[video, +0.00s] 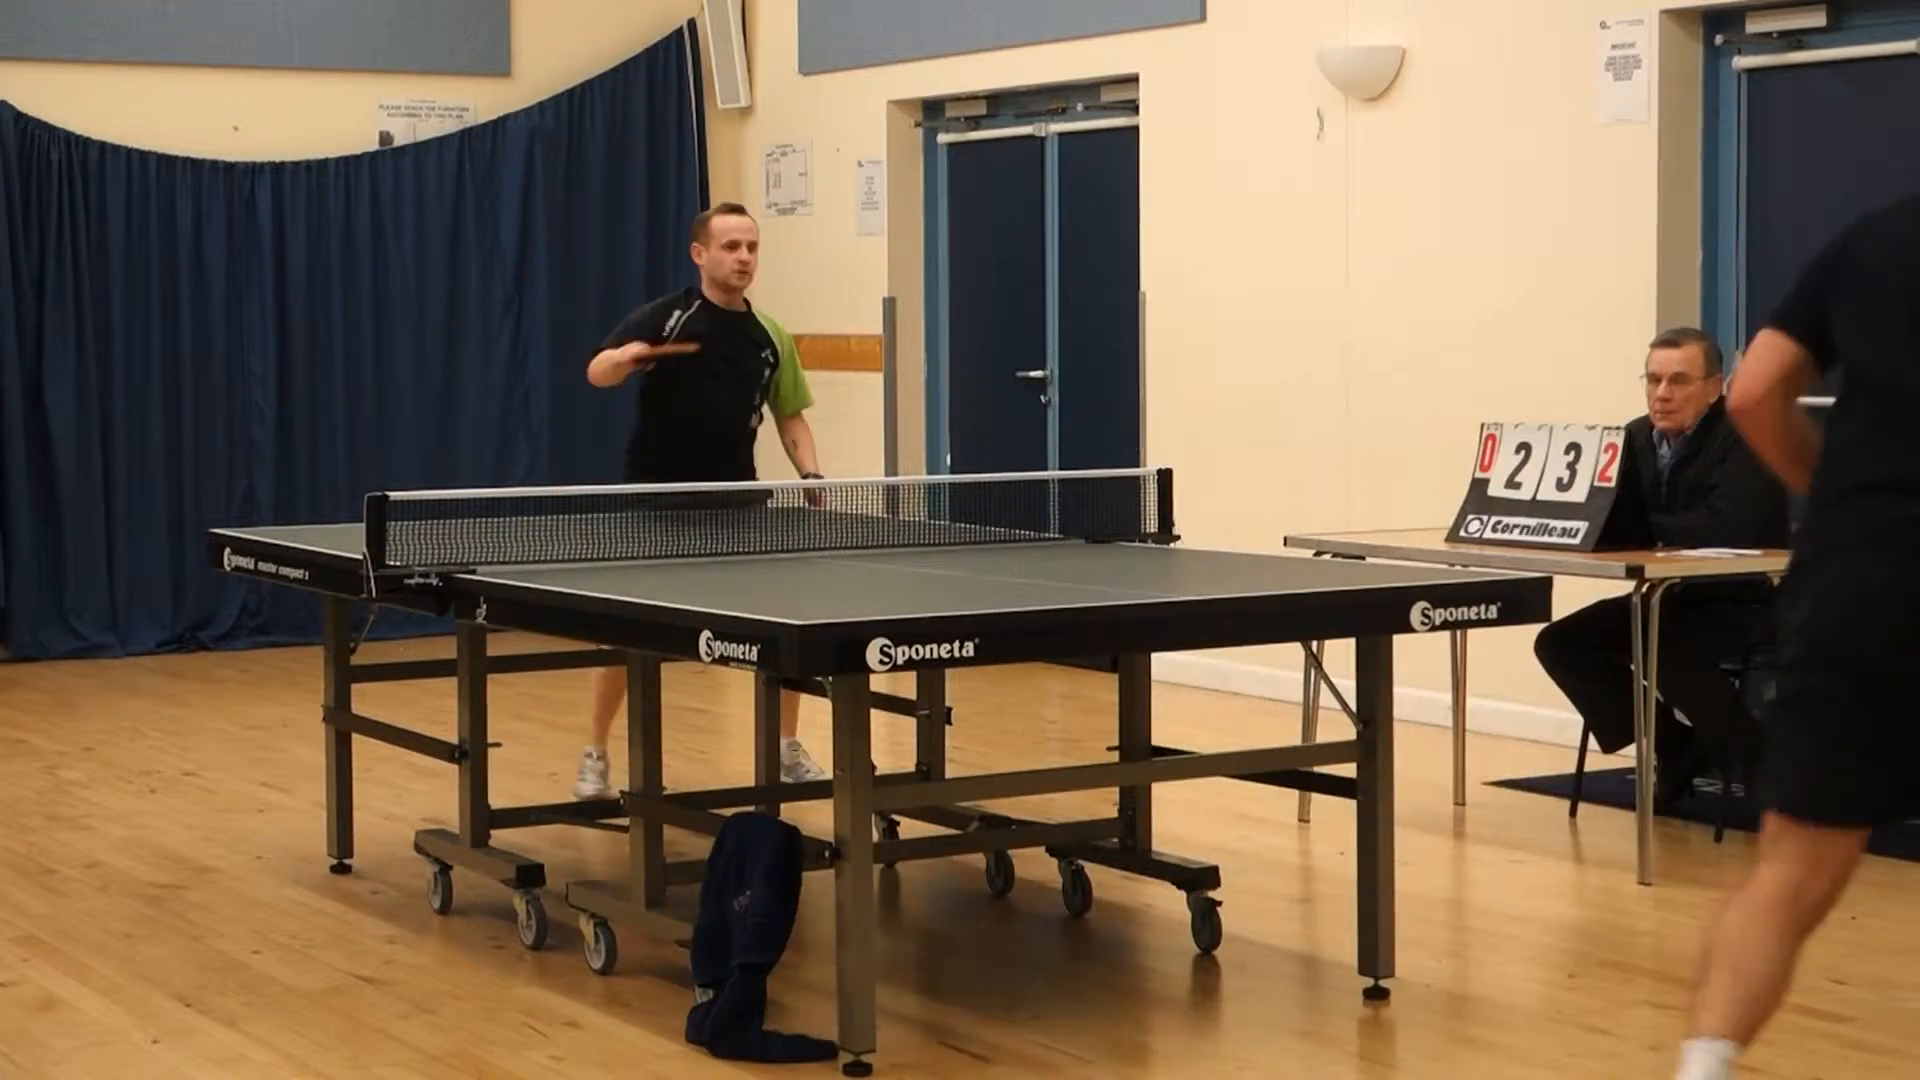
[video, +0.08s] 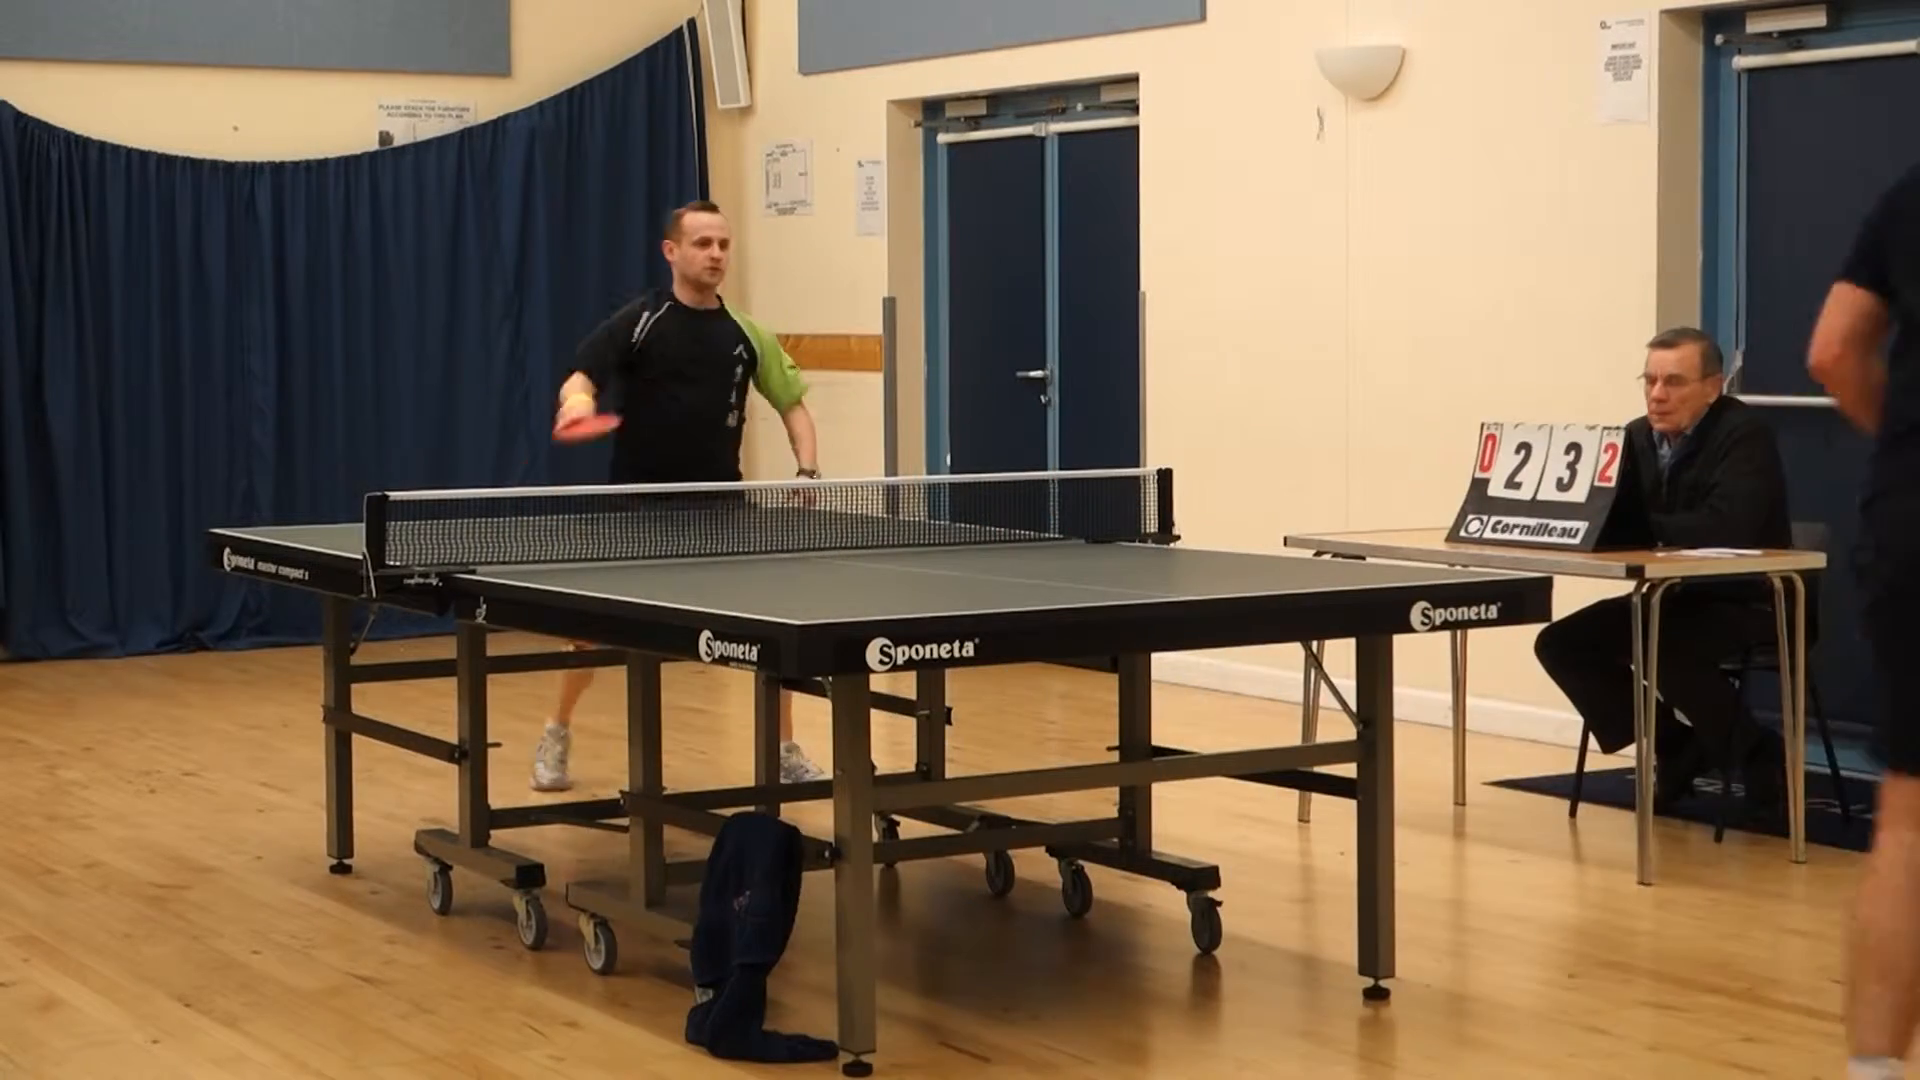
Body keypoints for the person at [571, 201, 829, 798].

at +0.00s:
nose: (745, 257)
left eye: (752, 246)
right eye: (731, 246)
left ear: (759, 254)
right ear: (699, 253)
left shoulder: (771, 337)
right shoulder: (659, 319)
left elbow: (791, 416)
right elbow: (597, 374)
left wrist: (812, 475)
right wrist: (628, 357)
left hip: (736, 506)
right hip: (656, 506)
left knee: (791, 617)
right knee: (629, 630)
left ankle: (785, 747)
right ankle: (596, 751)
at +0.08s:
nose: (716, 254)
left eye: (723, 244)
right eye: (703, 243)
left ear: (731, 252)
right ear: (671, 251)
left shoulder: (746, 333)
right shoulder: (639, 320)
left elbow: (792, 403)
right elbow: (582, 376)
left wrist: (808, 467)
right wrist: (575, 409)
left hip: (720, 510)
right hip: (638, 510)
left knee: (778, 616)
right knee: (598, 625)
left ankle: (783, 748)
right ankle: (557, 732)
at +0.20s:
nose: (671, 269)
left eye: (678, 260)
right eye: (658, 258)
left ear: (684, 269)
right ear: (626, 264)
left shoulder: (704, 346)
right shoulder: (593, 343)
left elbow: (753, 411)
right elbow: (547, 418)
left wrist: (787, 473)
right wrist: (519, 485)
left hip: (687, 523)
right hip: (602, 523)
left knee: (745, 629)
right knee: (564, 630)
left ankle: (775, 745)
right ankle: (537, 738)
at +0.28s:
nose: (642, 263)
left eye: (650, 253)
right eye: (629, 252)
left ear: (657, 263)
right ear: (598, 259)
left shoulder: (676, 339)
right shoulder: (562, 343)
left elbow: (708, 417)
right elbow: (527, 429)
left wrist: (739, 475)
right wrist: (502, 508)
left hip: (660, 518)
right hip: (578, 519)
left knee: (719, 623)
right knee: (550, 627)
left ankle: (770, 746)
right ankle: (533, 738)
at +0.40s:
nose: (613, 245)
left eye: (620, 236)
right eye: (600, 234)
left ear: (627, 245)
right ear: (569, 241)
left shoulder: (650, 319)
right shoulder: (536, 322)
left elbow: (662, 406)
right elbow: (508, 414)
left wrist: (659, 476)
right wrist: (496, 488)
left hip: (633, 500)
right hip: (552, 503)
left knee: (684, 614)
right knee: (541, 624)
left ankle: (713, 736)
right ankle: (533, 739)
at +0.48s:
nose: (601, 239)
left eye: (609, 231)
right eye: (589, 229)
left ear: (616, 241)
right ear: (558, 236)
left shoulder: (639, 313)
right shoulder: (525, 316)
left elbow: (654, 400)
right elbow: (499, 402)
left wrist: (619, 467)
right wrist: (485, 479)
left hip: (628, 494)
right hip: (545, 497)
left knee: (663, 610)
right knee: (538, 618)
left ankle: (669, 726)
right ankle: (533, 737)